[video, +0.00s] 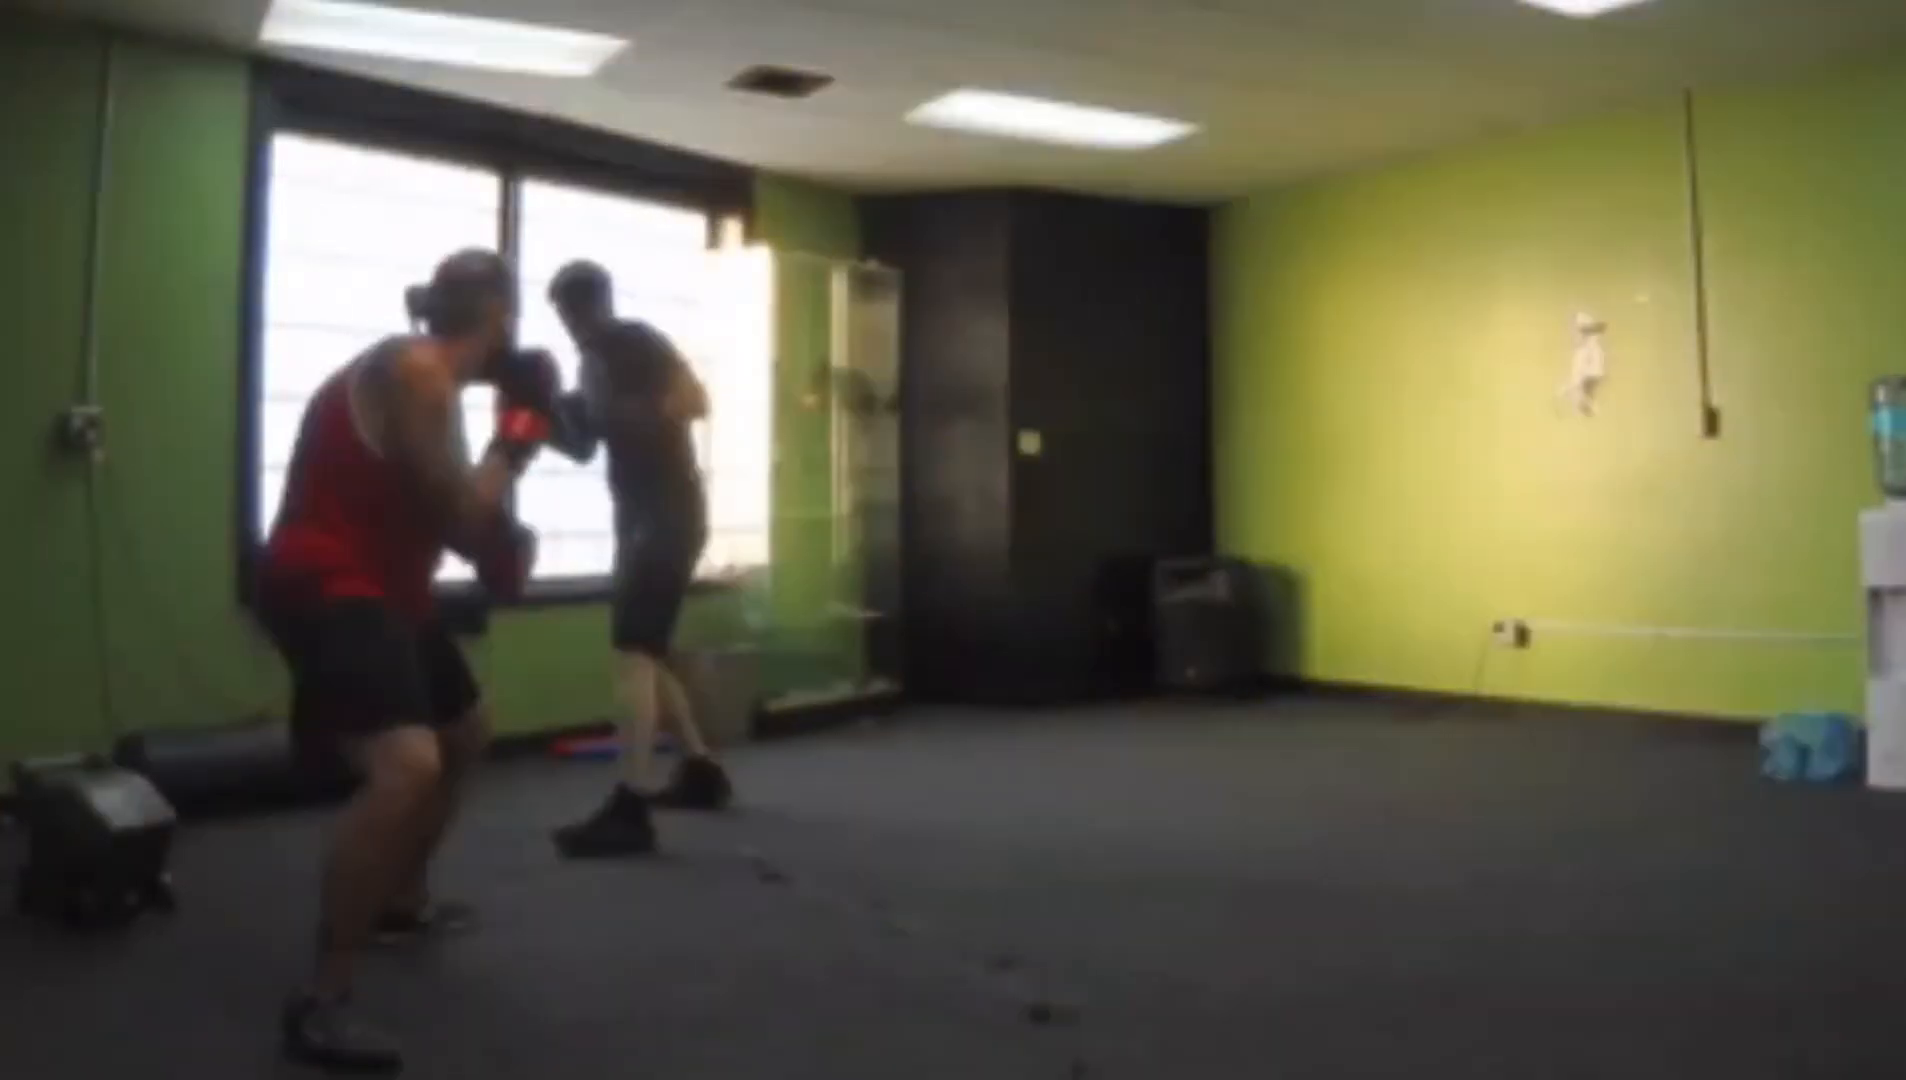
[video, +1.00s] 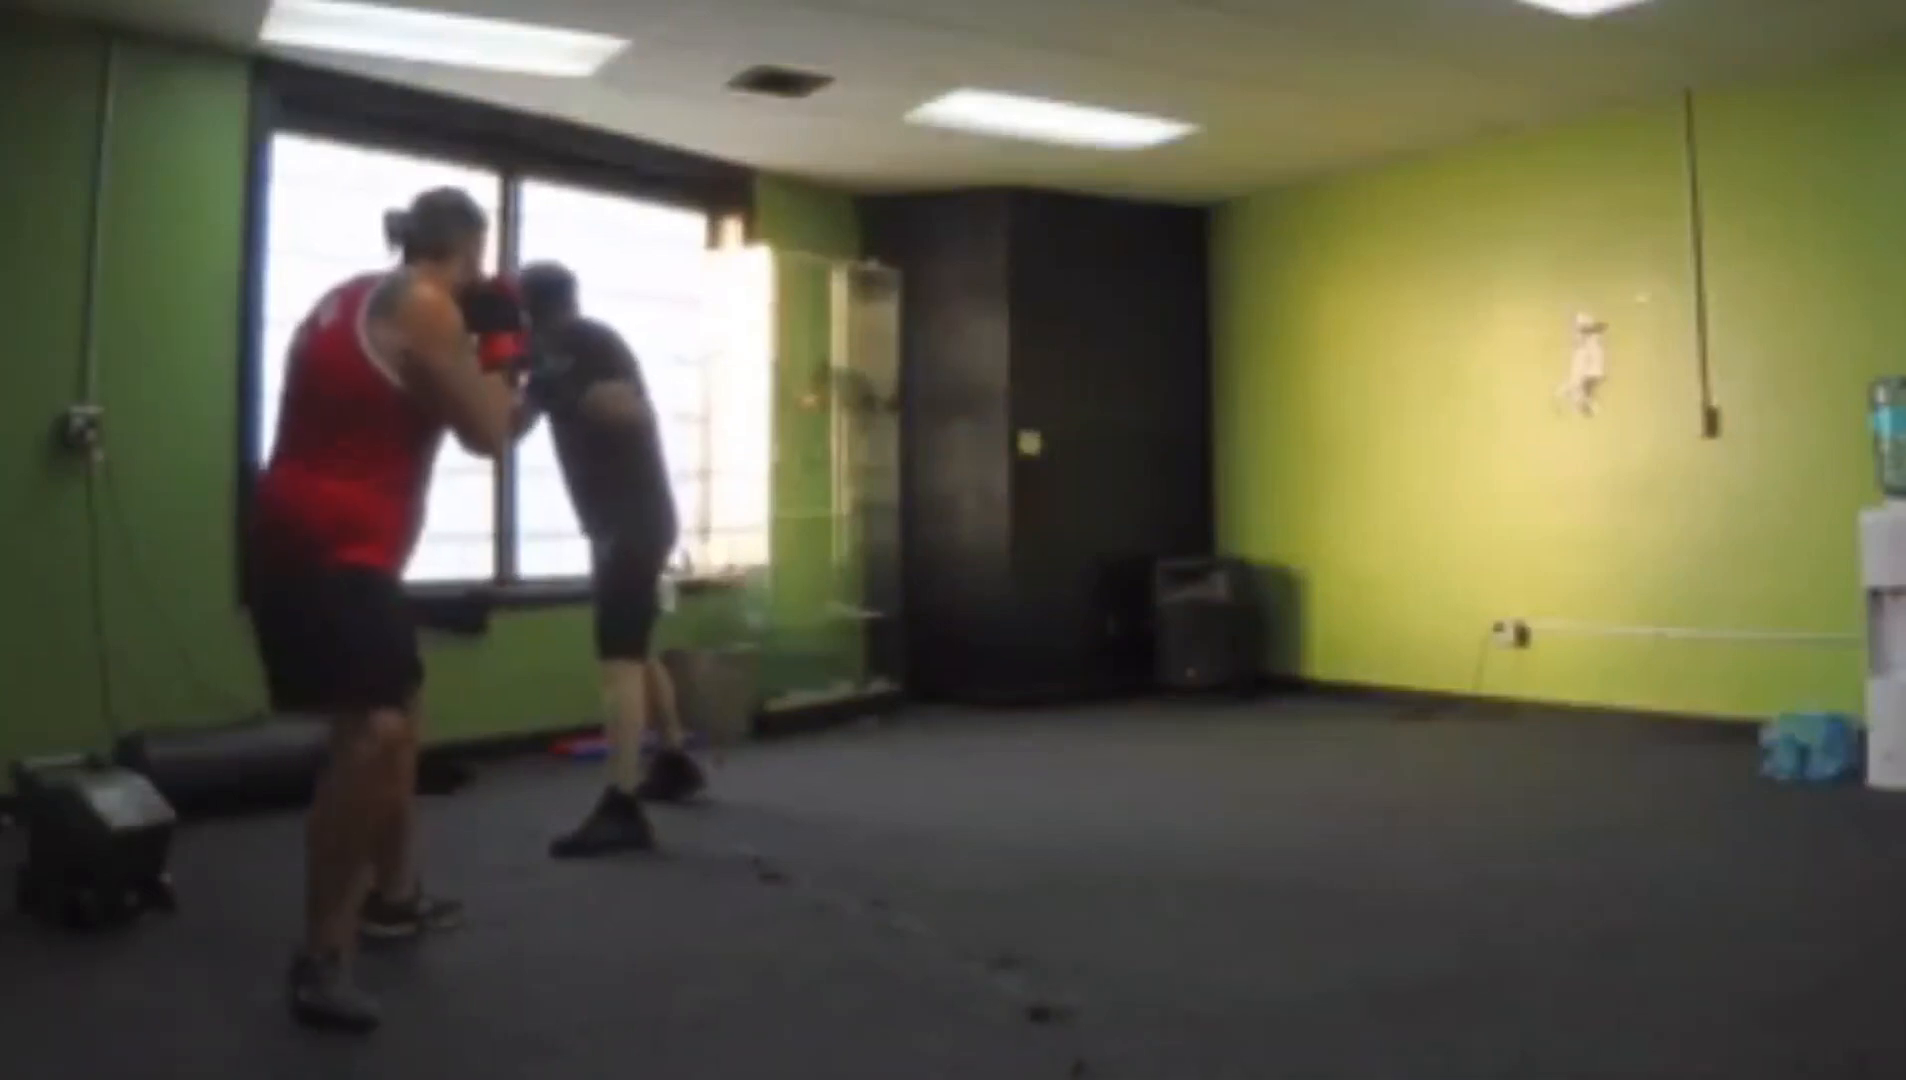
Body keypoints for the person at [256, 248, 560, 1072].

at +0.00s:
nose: (512, 336)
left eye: (510, 322)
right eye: (509, 320)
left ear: (443, 307)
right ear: (488, 318)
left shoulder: (415, 372)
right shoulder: (413, 369)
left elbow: (441, 502)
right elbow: (462, 513)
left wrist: (496, 546)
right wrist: (515, 437)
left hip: (383, 590)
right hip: (331, 588)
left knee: (459, 733)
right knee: (405, 767)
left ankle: (398, 900)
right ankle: (325, 1001)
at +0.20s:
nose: (495, 311)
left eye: (494, 295)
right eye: (490, 294)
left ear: (424, 279)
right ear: (462, 290)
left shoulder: (386, 336)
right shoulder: (406, 339)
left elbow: (405, 474)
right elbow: (446, 481)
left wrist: (433, 539)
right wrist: (497, 413)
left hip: (345, 580)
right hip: (330, 582)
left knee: (404, 753)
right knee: (400, 767)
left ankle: (391, 899)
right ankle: (321, 1001)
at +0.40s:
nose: (469, 289)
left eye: (466, 275)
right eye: (468, 274)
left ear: (393, 261)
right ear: (449, 267)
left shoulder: (333, 322)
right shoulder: (415, 319)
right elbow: (483, 456)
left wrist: (445, 378)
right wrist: (472, 372)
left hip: (290, 571)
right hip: (348, 576)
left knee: (389, 753)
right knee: (396, 766)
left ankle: (386, 904)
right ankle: (320, 1002)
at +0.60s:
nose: (467, 296)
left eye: (464, 284)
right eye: (465, 282)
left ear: (394, 266)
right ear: (447, 274)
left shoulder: (340, 322)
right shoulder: (411, 321)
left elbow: (421, 443)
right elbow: (468, 456)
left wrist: (462, 373)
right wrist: (483, 373)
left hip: (300, 567)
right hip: (347, 574)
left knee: (405, 741)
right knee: (384, 761)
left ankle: (389, 901)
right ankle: (324, 999)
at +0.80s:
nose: (478, 290)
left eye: (477, 278)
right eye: (478, 277)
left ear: (410, 253)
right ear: (464, 268)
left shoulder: (356, 305)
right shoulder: (417, 307)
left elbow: (464, 425)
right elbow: (473, 437)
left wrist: (508, 384)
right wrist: (489, 353)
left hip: (297, 546)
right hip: (339, 553)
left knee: (392, 722)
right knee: (382, 728)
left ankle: (388, 901)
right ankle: (326, 965)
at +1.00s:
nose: (481, 274)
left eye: (480, 261)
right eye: (478, 259)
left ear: (408, 243)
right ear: (456, 253)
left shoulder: (351, 297)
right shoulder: (421, 305)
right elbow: (489, 428)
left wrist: (468, 331)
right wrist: (505, 356)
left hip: (294, 544)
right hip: (344, 554)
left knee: (394, 718)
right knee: (374, 734)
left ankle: (391, 894)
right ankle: (323, 960)